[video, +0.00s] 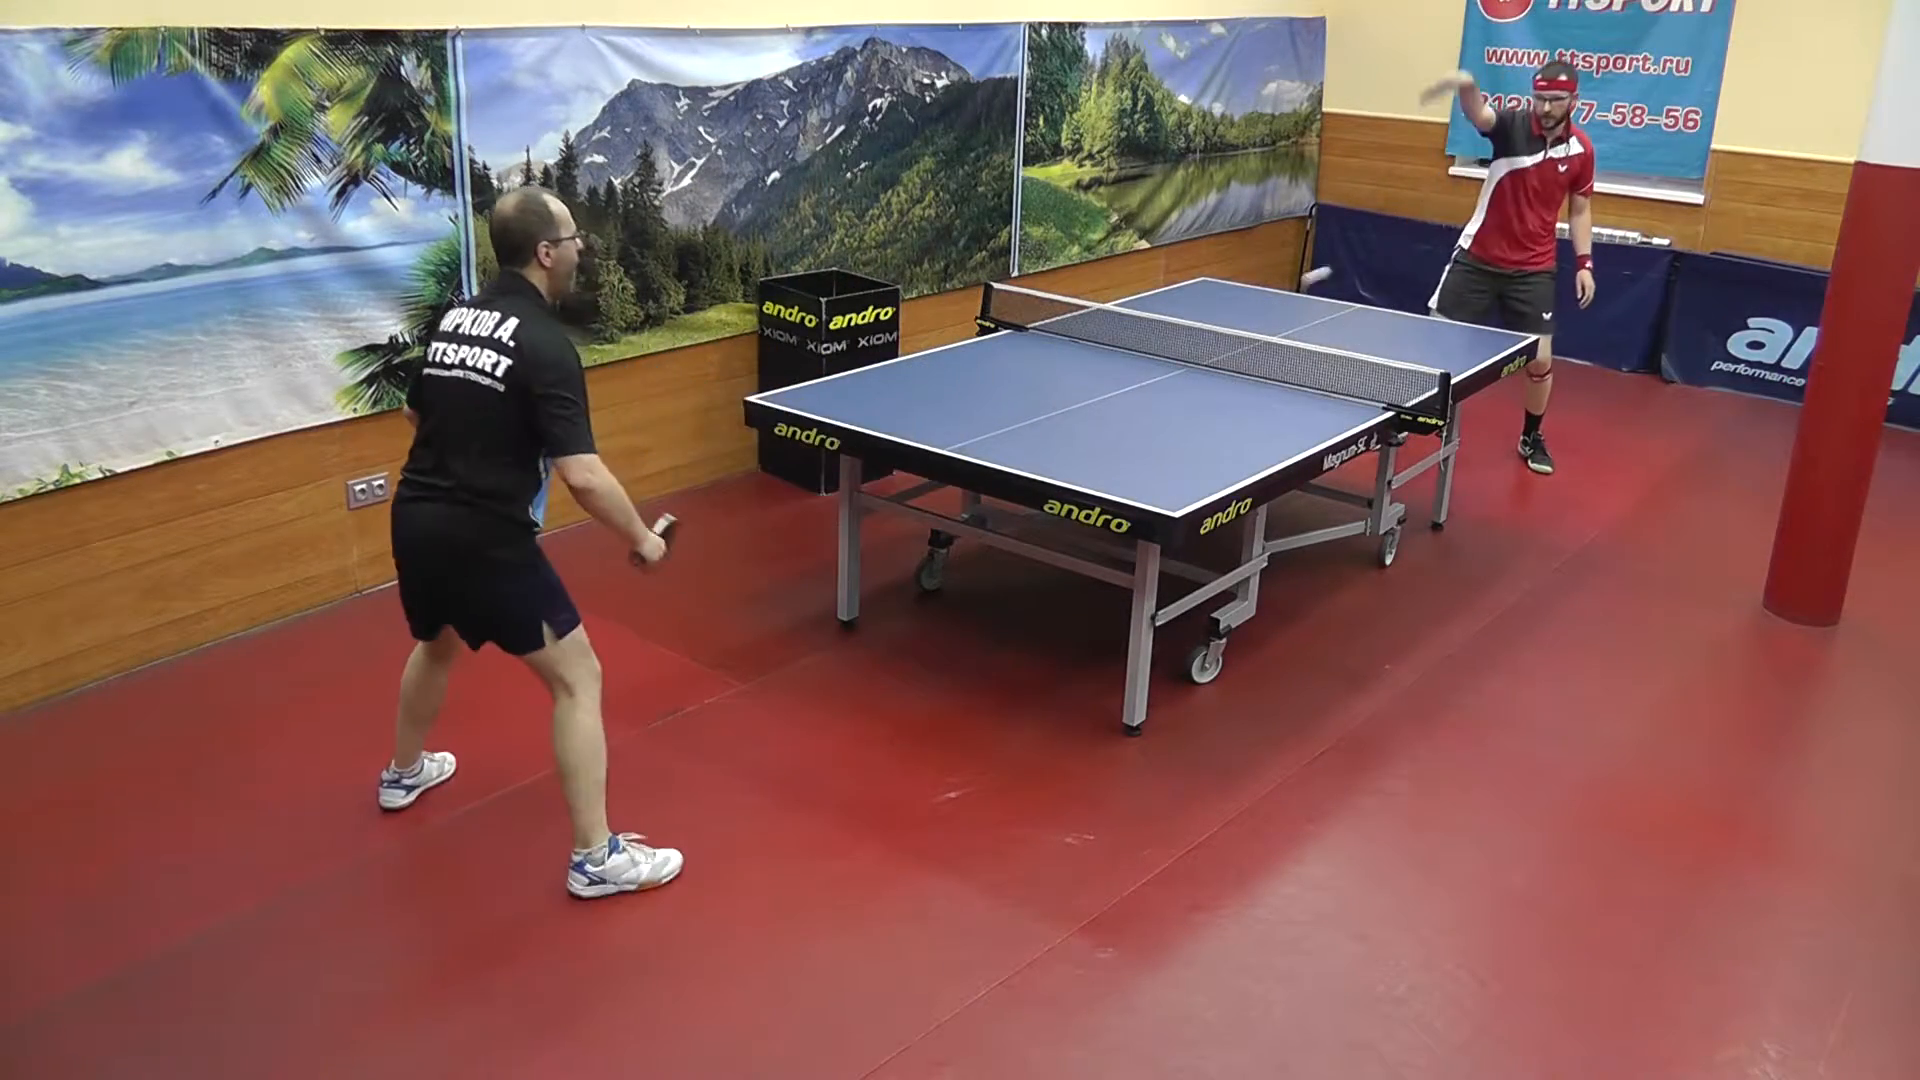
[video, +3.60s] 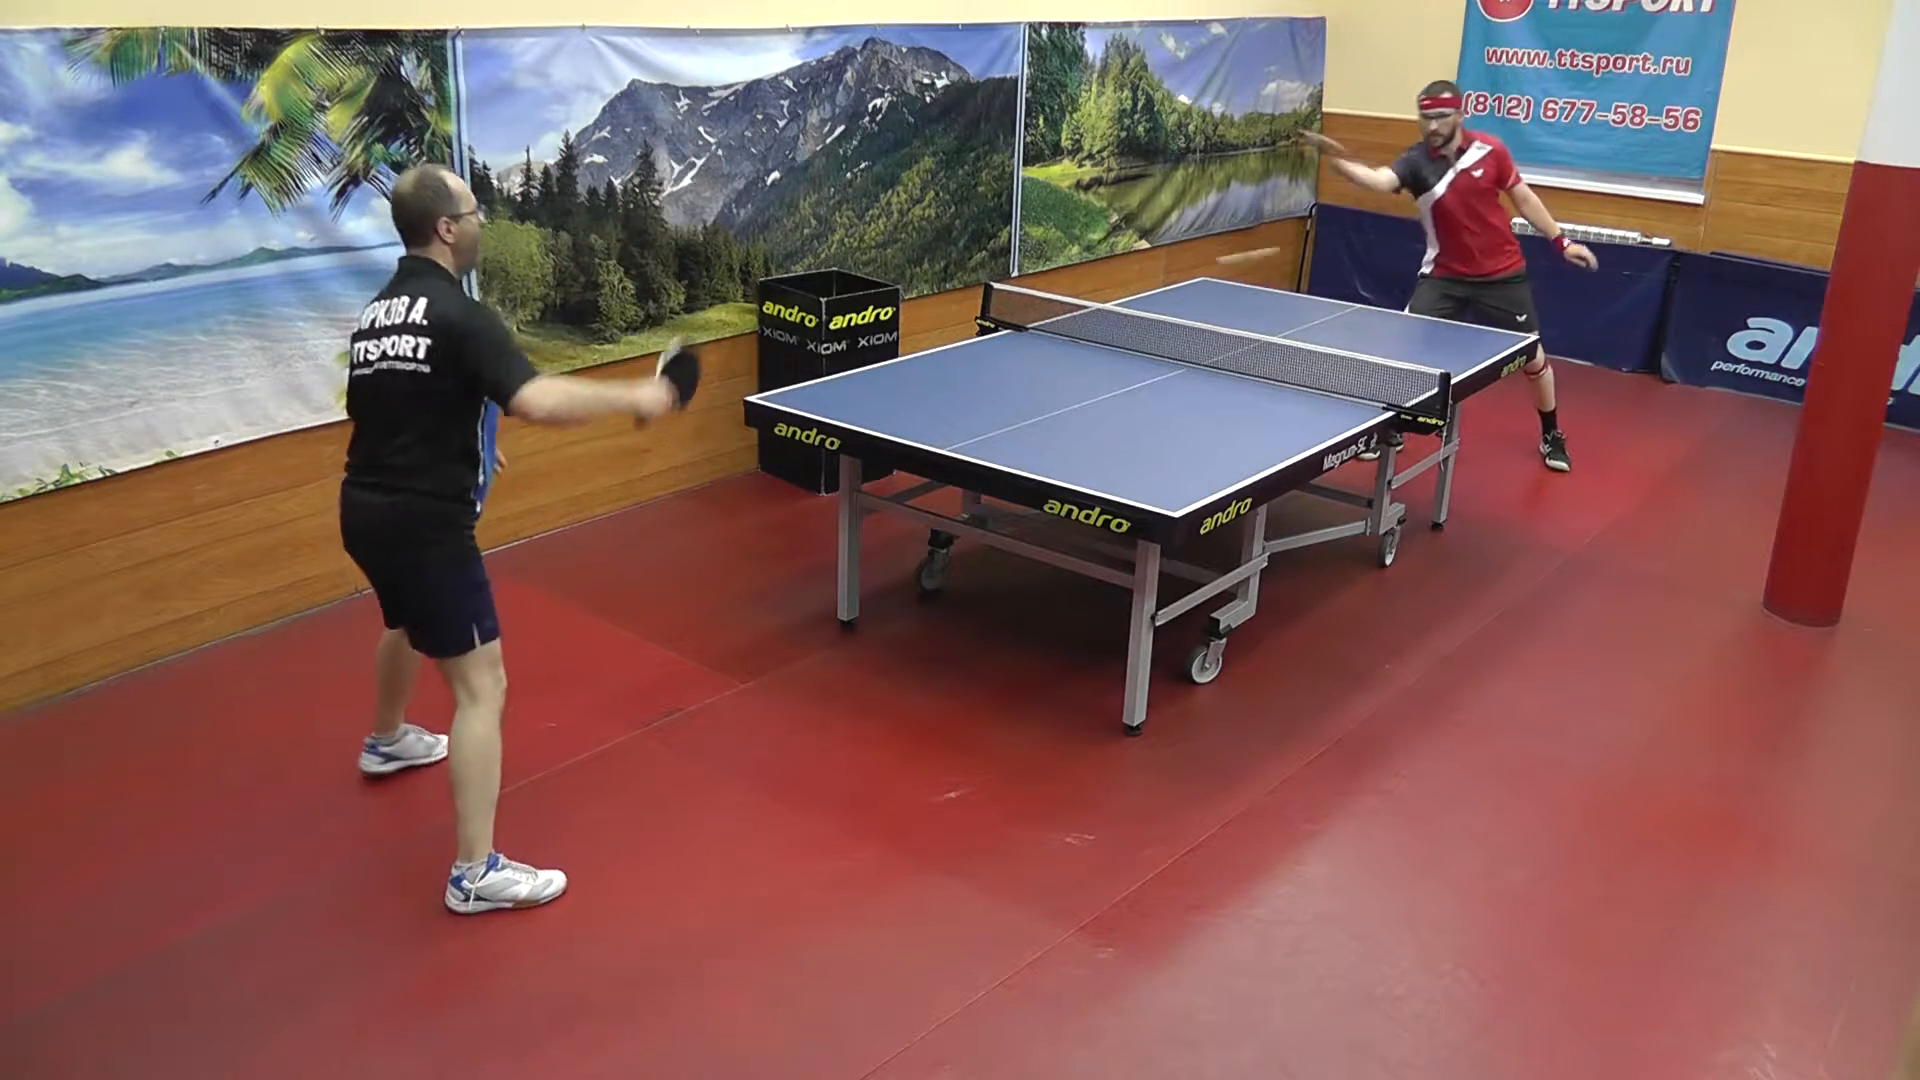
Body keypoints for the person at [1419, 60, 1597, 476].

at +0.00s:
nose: (1547, 108)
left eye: (1557, 100)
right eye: (1541, 99)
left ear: (1573, 101)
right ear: (1532, 95)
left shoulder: (1580, 149)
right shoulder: (1511, 120)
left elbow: (1580, 210)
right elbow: (1480, 116)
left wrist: (1584, 265)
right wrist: (1467, 89)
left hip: (1533, 269)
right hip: (1476, 258)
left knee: (1541, 361)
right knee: (1435, 338)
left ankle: (1532, 437)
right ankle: (1424, 410)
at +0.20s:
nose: (1533, 102)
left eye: (1543, 95)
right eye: (1528, 93)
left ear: (1561, 97)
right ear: (1520, 91)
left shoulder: (1574, 150)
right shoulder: (1498, 122)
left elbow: (1572, 215)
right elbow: (1444, 124)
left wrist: (1564, 268)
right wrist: (1441, 101)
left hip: (1524, 276)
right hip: (1468, 262)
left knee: (1533, 366)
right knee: (1425, 338)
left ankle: (1532, 436)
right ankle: (1411, 409)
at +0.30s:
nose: (1521, 102)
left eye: (1531, 94)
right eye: (1516, 93)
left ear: (1549, 97)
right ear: (1509, 93)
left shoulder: (1565, 150)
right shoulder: (1485, 128)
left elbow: (1566, 214)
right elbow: (1437, 152)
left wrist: (1553, 267)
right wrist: (1424, 142)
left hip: (1518, 277)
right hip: (1463, 264)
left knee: (1528, 366)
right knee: (1419, 339)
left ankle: (1531, 437)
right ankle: (1402, 413)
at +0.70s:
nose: (1473, 99)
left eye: (1483, 91)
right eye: (1469, 90)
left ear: (1504, 93)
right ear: (1463, 93)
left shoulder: (1532, 141)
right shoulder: (1456, 137)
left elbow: (1540, 205)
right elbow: (1428, 184)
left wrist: (1515, 257)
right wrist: (1399, 199)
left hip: (1503, 271)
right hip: (1450, 263)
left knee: (1520, 362)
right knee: (1413, 337)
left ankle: (1531, 437)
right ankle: (1406, 412)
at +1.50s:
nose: (1484, 114)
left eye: (1493, 106)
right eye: (1479, 106)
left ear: (1514, 107)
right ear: (1472, 107)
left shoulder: (1541, 153)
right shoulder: (1460, 156)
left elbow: (1558, 207)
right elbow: (1443, 211)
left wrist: (1568, 262)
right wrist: (1436, 247)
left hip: (1516, 281)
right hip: (1459, 274)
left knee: (1537, 368)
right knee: (1415, 342)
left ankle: (1550, 437)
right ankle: (1414, 410)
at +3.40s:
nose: (1490, 120)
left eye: (1499, 111)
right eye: (1484, 111)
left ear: (1519, 110)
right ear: (1478, 110)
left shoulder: (1545, 152)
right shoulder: (1466, 155)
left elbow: (1565, 207)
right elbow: (1429, 209)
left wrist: (1570, 262)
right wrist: (1462, 235)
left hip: (1523, 277)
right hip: (1464, 269)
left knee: (1539, 362)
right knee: (1422, 338)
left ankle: (1552, 437)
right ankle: (1412, 414)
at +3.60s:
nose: (1433, 126)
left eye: (1441, 117)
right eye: (1426, 118)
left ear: (1459, 115)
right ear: (1420, 119)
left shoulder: (1491, 152)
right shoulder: (1417, 160)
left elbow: (1525, 198)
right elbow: (1382, 180)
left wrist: (1562, 242)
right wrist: (1337, 159)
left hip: (1502, 279)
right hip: (1443, 279)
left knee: (1534, 360)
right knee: (1403, 347)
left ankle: (1552, 436)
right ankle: (1386, 429)